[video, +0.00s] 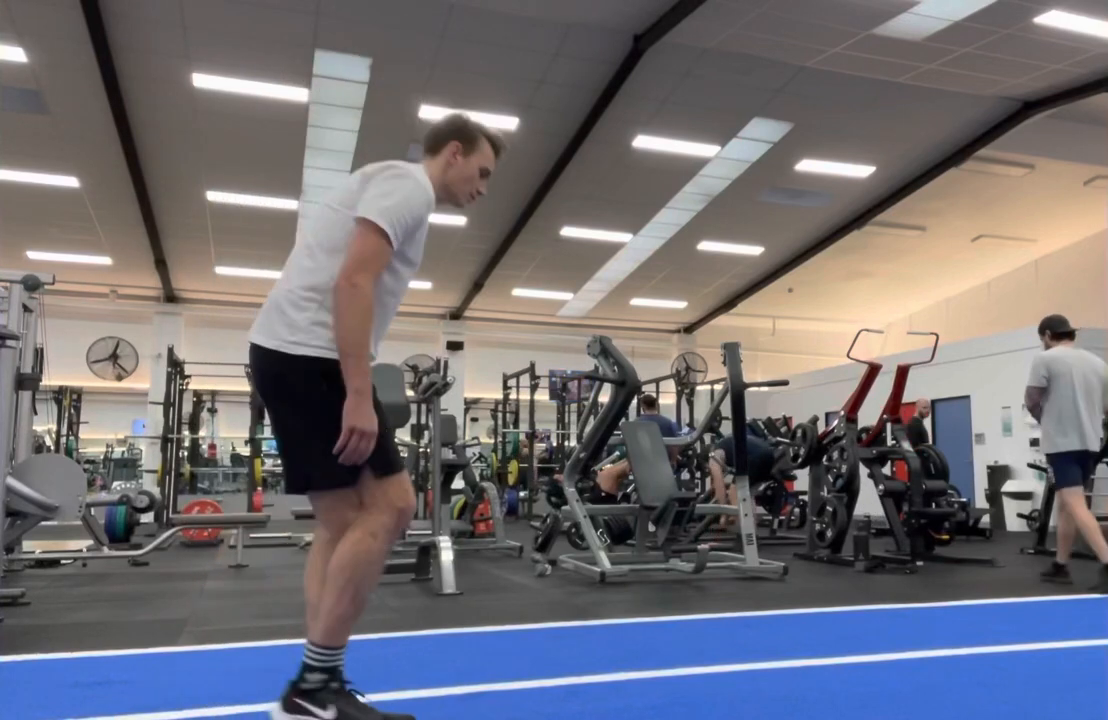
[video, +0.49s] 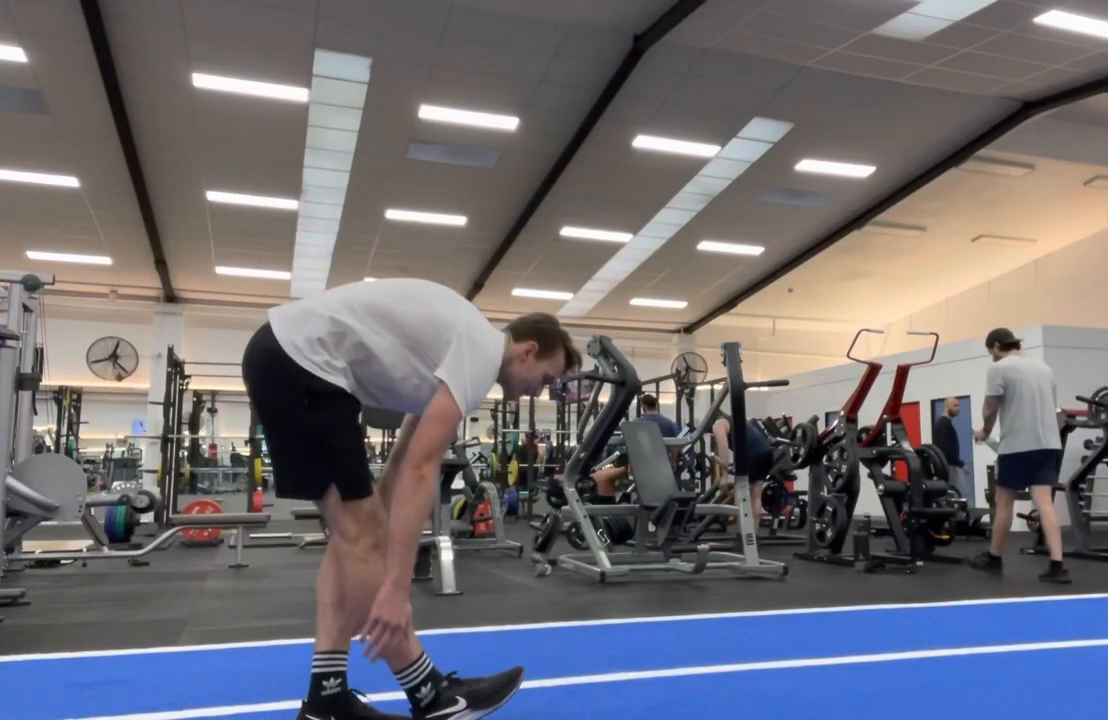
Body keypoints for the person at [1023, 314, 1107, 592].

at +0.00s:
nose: (1041, 343)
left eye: (1041, 339)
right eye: (1041, 339)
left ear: (1047, 336)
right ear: (1072, 335)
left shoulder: (1045, 359)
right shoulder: (1096, 362)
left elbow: (1031, 400)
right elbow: (1103, 401)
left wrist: (1048, 421)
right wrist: (1090, 420)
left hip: (1061, 441)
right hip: (1093, 441)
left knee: (1077, 506)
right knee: (1066, 505)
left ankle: (1105, 562)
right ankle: (1060, 565)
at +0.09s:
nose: (1033, 343)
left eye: (1033, 339)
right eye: (1033, 339)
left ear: (1039, 336)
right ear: (1063, 336)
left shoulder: (1036, 357)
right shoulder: (1087, 363)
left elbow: (1023, 399)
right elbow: (1094, 407)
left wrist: (1036, 420)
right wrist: (1076, 422)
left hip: (1049, 440)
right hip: (1079, 441)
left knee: (1045, 503)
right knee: (1064, 503)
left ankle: (1089, 549)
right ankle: (1058, 565)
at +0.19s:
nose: (1024, 343)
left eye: (1024, 339)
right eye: (1023, 339)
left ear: (1030, 336)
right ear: (1053, 335)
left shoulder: (1028, 358)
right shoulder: (1077, 362)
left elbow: (1014, 398)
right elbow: (1083, 408)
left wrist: (1024, 420)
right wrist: (1061, 416)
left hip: (1039, 441)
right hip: (1070, 442)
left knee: (1023, 498)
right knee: (1058, 498)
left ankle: (1064, 543)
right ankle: (1059, 562)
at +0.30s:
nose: (1014, 346)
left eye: (1014, 342)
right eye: (1013, 342)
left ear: (1019, 338)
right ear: (1042, 337)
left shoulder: (1020, 358)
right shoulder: (1067, 363)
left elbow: (1007, 398)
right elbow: (1072, 401)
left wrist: (1006, 417)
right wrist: (1056, 421)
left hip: (1031, 440)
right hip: (1063, 441)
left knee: (1009, 494)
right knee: (1055, 500)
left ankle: (1038, 550)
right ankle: (1058, 564)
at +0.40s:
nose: (1003, 350)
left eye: (1003, 346)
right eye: (1002, 347)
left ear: (1009, 342)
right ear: (1030, 340)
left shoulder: (1011, 363)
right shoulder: (1056, 365)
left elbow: (1000, 402)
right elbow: (1062, 403)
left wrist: (995, 424)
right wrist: (1048, 425)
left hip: (1023, 443)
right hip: (1055, 443)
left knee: (1004, 496)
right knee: (1052, 502)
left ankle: (1010, 560)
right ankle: (1058, 565)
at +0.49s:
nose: (991, 357)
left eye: (991, 352)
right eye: (990, 353)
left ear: (997, 347)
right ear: (1015, 345)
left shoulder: (998, 369)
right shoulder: (1044, 368)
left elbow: (990, 410)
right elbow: (1051, 406)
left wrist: (985, 432)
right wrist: (1042, 431)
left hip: (1016, 446)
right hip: (1049, 444)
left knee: (1003, 502)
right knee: (1045, 503)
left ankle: (994, 557)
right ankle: (1057, 564)